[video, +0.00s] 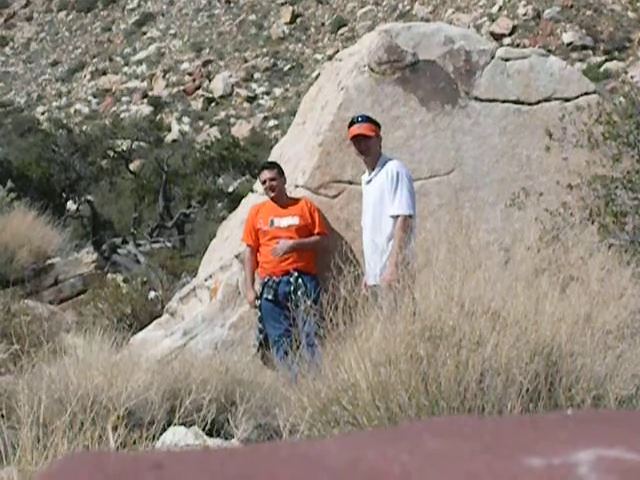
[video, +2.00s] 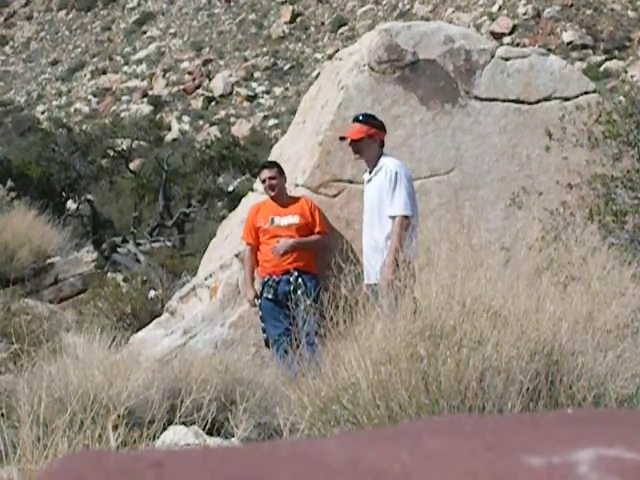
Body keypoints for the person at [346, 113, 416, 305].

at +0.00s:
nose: (361, 145)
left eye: (366, 138)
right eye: (356, 141)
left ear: (378, 138)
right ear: (352, 145)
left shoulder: (395, 170)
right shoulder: (366, 179)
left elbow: (404, 220)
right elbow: (371, 228)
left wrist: (393, 267)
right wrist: (369, 272)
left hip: (391, 273)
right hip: (374, 275)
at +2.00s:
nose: (352, 147)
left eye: (356, 141)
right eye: (351, 142)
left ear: (376, 138)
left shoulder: (394, 169)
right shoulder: (369, 176)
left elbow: (402, 219)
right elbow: (374, 224)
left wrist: (391, 263)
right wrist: (369, 273)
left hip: (391, 274)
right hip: (373, 274)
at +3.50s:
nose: (352, 146)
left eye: (357, 140)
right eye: (350, 141)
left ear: (375, 139)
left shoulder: (393, 169)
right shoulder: (368, 177)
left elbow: (402, 219)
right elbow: (371, 229)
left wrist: (391, 264)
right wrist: (368, 276)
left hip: (391, 272)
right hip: (373, 275)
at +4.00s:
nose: (351, 147)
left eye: (355, 141)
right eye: (350, 142)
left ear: (373, 139)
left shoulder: (393, 170)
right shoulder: (369, 177)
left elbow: (401, 220)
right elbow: (372, 229)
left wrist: (390, 264)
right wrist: (369, 276)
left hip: (390, 272)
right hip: (373, 274)